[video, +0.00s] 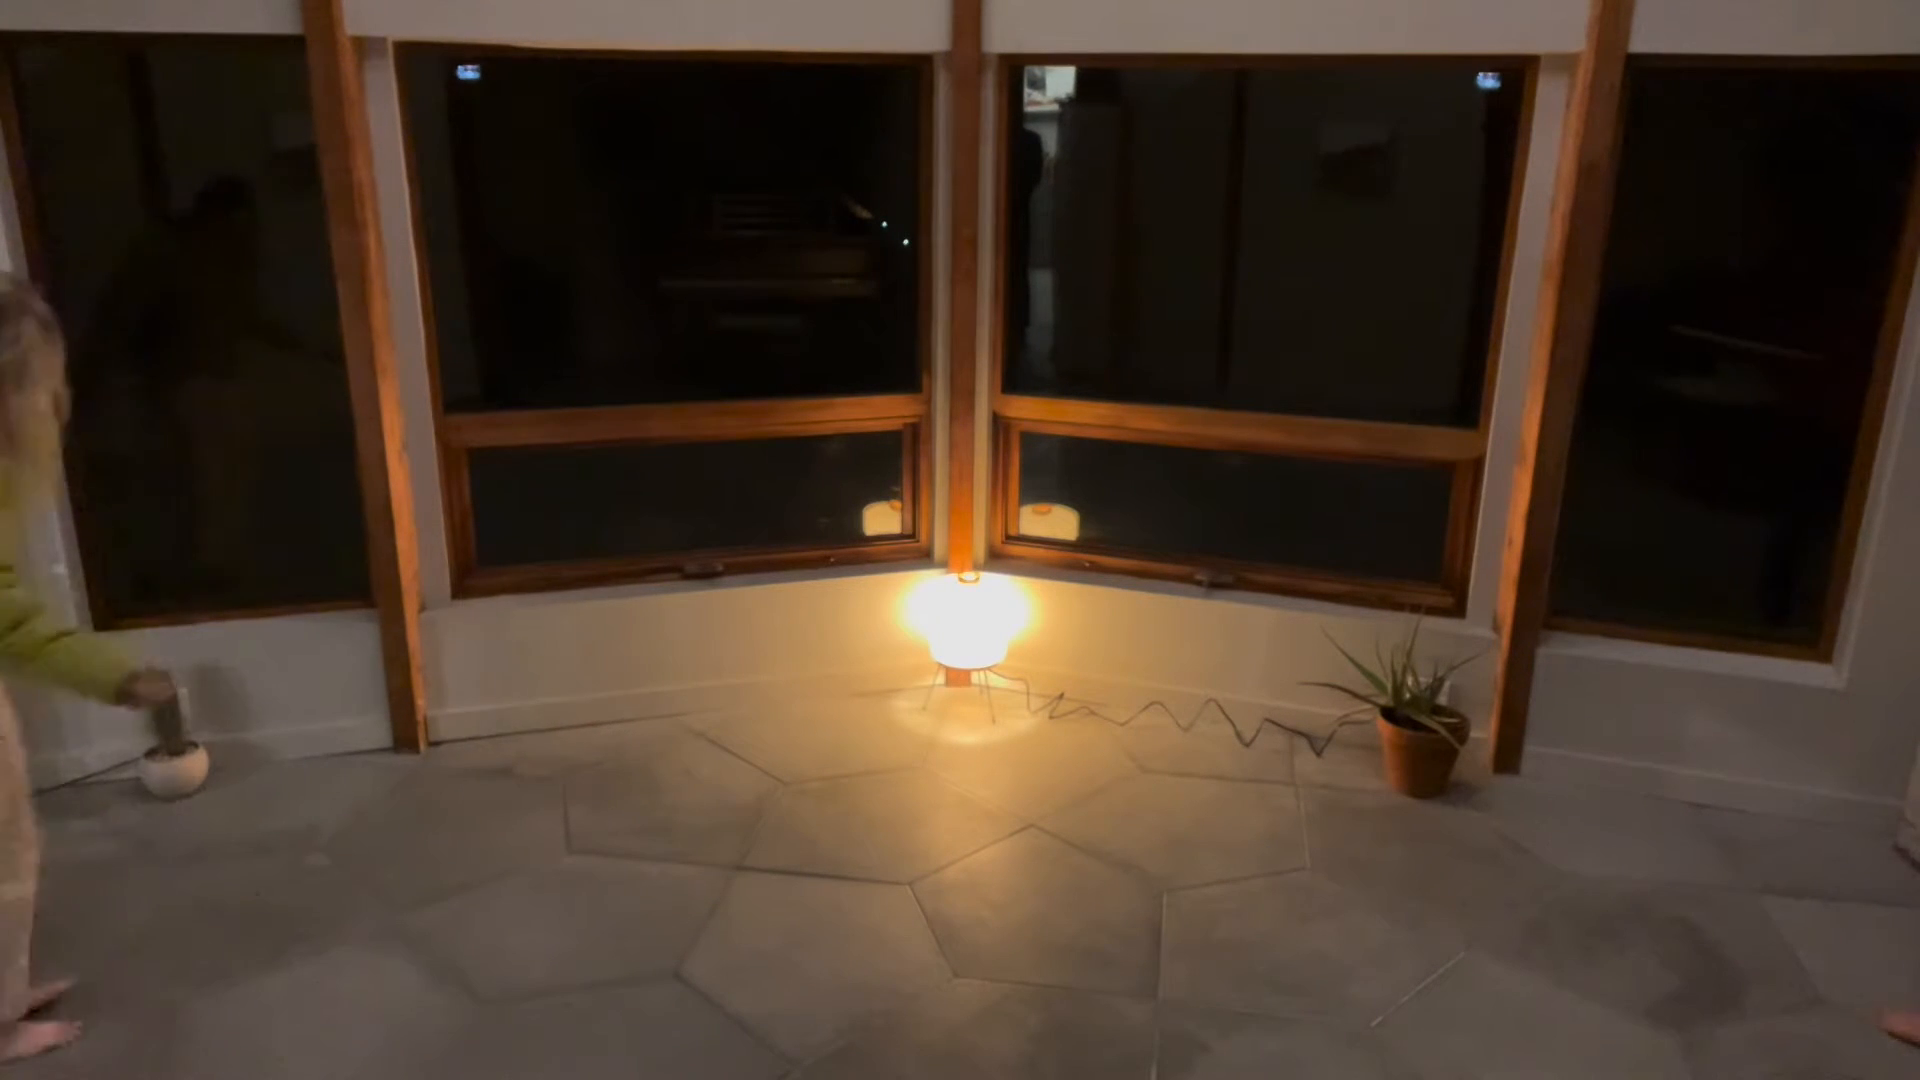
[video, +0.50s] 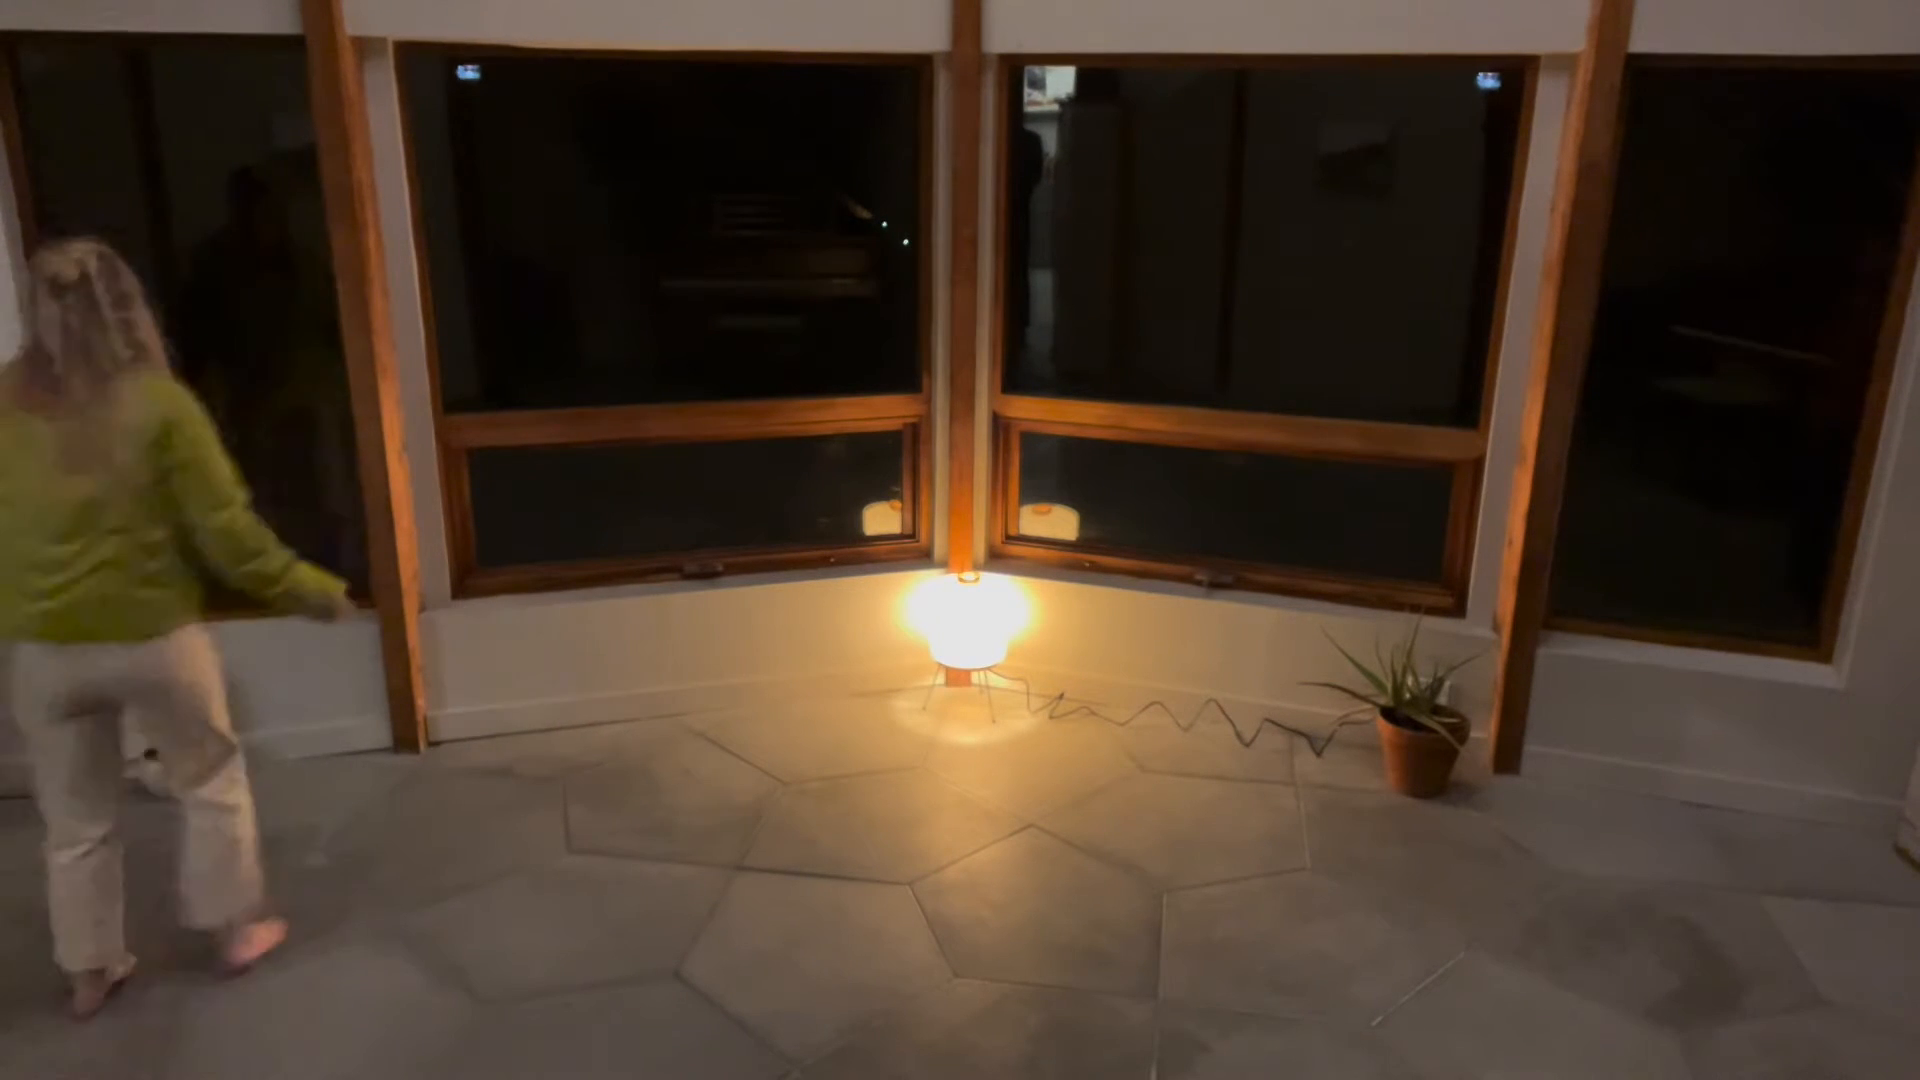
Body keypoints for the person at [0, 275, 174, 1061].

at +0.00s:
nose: (56, 404)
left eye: (54, 385)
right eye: (43, 387)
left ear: (27, 392)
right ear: (7, 397)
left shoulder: (17, 473)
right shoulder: (5, 483)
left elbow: (19, 620)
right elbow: (14, 622)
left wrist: (118, 677)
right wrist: (120, 677)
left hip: (6, 689)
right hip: (3, 690)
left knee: (16, 838)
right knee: (12, 847)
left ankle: (10, 991)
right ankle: (6, 1023)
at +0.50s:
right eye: (136, 305)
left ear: (41, 319)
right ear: (129, 311)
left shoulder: (10, 407)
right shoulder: (159, 402)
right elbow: (227, 534)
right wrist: (318, 590)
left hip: (41, 654)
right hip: (154, 645)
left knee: (74, 822)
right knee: (208, 776)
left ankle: (90, 974)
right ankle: (237, 931)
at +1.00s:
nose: (111, 343)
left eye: (112, 326)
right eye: (105, 329)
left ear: (146, 318)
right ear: (181, 307)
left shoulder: (190, 400)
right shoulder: (256, 369)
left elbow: (213, 548)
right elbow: (308, 496)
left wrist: (201, 672)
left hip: (278, 616)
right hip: (324, 601)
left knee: (268, 772)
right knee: (298, 758)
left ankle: (337, 904)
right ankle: (357, 865)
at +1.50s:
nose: (353, 333)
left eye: (369, 317)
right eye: (337, 315)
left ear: (391, 317)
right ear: (308, 314)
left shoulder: (426, 387)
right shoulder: (263, 390)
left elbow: (489, 484)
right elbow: (215, 493)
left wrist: (534, 584)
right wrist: (162, 579)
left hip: (439, 597)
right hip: (342, 609)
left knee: (469, 743)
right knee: (371, 756)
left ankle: (476, 855)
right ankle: (417, 841)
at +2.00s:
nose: (513, 329)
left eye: (515, 313)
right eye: (505, 314)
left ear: (486, 311)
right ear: (465, 311)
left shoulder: (473, 374)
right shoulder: (394, 388)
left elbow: (487, 478)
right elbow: (387, 522)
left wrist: (515, 543)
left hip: (474, 594)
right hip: (422, 608)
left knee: (500, 748)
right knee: (482, 752)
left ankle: (459, 875)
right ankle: (418, 898)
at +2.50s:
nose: (592, 311)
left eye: (590, 298)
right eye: (587, 298)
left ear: (492, 292)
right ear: (565, 305)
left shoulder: (427, 368)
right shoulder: (565, 386)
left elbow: (393, 487)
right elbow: (619, 507)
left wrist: (378, 579)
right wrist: (693, 583)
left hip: (448, 601)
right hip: (523, 608)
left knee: (509, 747)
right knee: (554, 750)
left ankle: (513, 893)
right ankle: (513, 914)